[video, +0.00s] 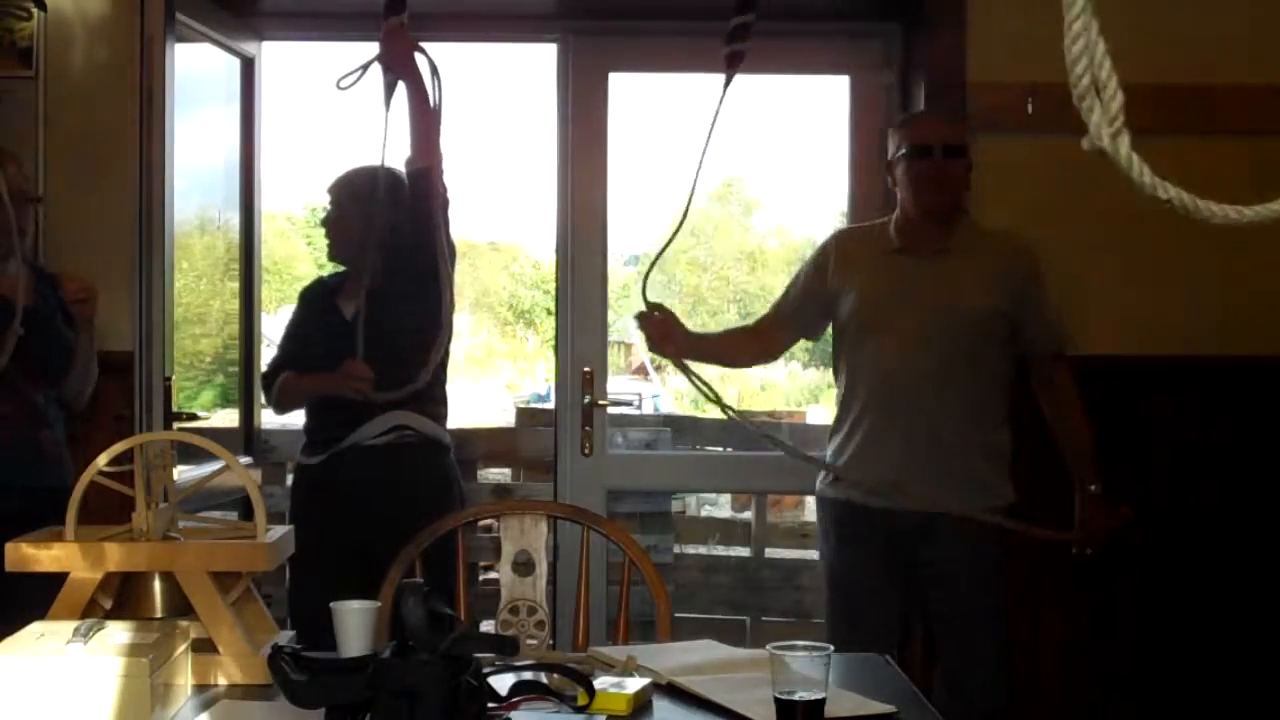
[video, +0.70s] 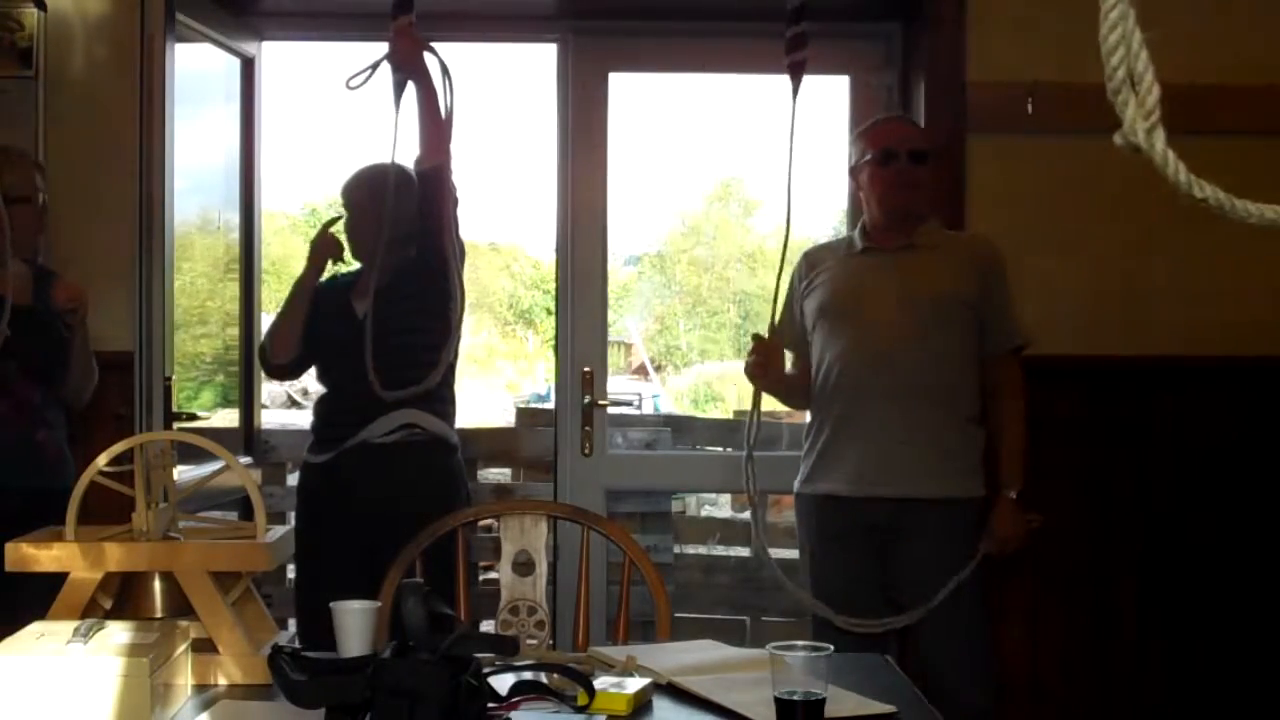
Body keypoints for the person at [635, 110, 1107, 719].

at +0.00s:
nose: (939, 167)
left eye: (953, 154)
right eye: (921, 155)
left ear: (970, 169)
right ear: (892, 172)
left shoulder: (1006, 261)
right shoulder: (847, 254)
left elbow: (1052, 381)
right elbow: (767, 337)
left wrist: (1088, 486)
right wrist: (688, 344)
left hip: (969, 509)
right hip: (860, 504)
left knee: (972, 686)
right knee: (863, 682)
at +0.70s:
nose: (905, 170)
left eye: (918, 158)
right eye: (887, 158)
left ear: (934, 173)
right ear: (857, 177)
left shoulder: (971, 258)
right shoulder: (816, 266)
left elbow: (1005, 384)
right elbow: (809, 390)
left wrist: (1008, 494)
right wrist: (774, 379)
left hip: (943, 502)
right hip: (835, 501)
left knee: (949, 674)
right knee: (848, 674)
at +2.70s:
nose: (902, 168)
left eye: (918, 156)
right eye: (887, 158)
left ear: (941, 173)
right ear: (868, 177)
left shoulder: (980, 262)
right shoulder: (824, 266)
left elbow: (1013, 387)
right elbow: (809, 392)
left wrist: (1014, 501)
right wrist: (785, 381)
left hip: (951, 506)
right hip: (843, 505)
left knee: (953, 681)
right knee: (854, 677)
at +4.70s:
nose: (874, 171)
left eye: (893, 158)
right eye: (866, 160)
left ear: (932, 174)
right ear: (855, 175)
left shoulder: (977, 263)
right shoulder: (822, 269)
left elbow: (1010, 387)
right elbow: (811, 395)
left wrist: (1011, 502)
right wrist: (777, 386)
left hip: (949, 510)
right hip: (841, 508)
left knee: (951, 683)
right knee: (851, 680)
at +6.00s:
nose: (846, 173)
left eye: (865, 161)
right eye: (843, 162)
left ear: (910, 178)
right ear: (838, 175)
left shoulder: (958, 262)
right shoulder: (811, 272)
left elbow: (996, 383)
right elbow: (800, 397)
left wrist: (997, 498)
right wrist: (769, 386)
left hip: (933, 508)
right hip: (829, 508)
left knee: (940, 678)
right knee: (841, 676)